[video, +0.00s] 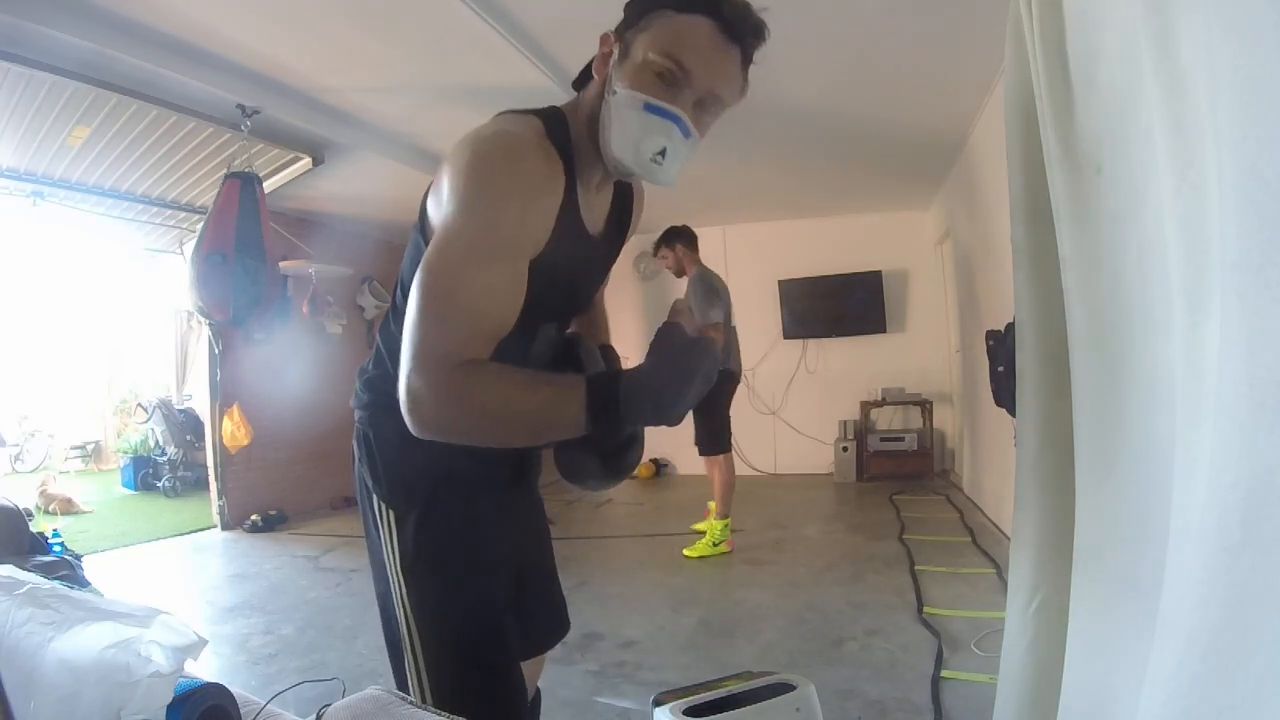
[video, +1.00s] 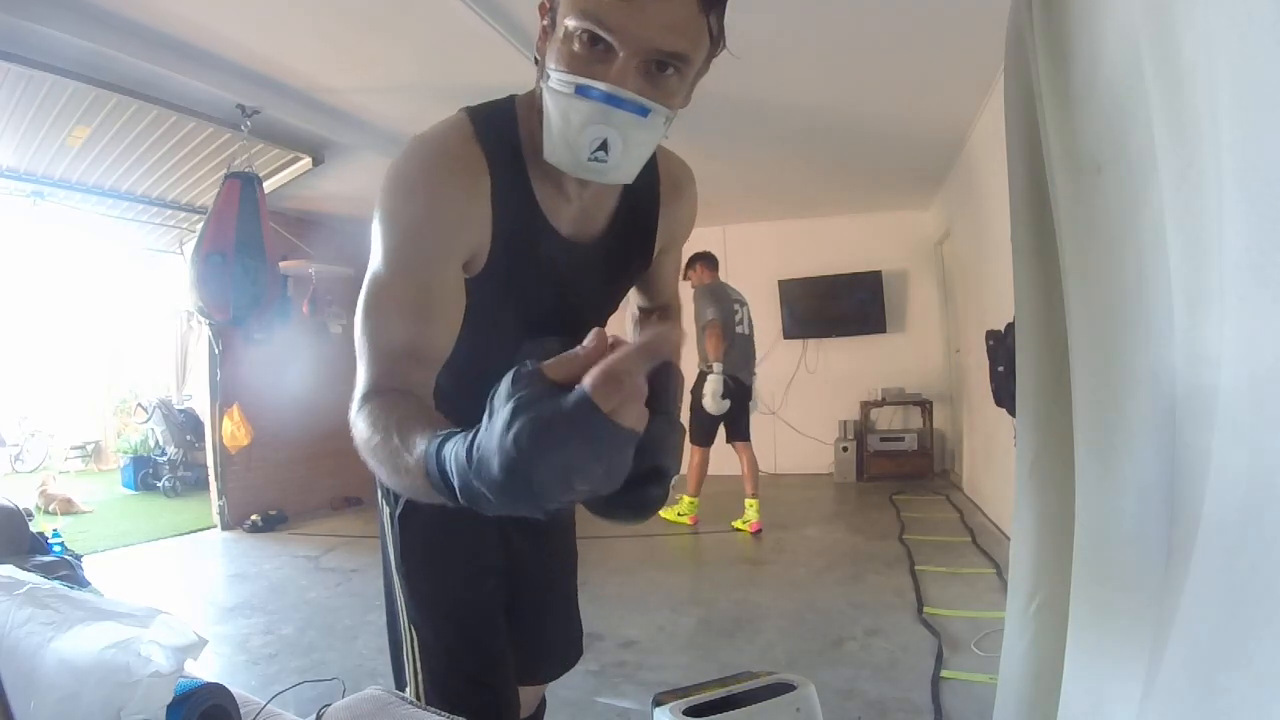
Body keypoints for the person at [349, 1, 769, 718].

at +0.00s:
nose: (679, 116)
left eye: (707, 107)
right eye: (666, 76)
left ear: (719, 120)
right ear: (608, 54)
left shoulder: (622, 195)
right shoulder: (506, 158)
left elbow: (583, 300)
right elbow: (433, 398)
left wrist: (603, 405)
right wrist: (636, 395)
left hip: (504, 434)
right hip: (421, 444)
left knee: (531, 636)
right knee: (480, 695)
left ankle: (521, 708)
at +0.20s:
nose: (666, 91)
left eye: (698, 79)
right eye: (649, 49)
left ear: (712, 95)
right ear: (591, 38)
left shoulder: (627, 185)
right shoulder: (488, 149)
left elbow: (600, 295)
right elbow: (414, 407)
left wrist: (615, 401)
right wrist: (612, 406)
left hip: (510, 443)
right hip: (424, 454)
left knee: (527, 651)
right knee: (467, 700)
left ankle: (519, 706)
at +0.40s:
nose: (637, 105)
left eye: (679, 85)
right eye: (617, 57)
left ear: (709, 95)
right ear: (564, 38)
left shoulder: (648, 196)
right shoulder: (464, 164)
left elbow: (628, 300)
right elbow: (387, 429)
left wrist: (632, 386)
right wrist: (572, 457)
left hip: (525, 457)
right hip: (427, 465)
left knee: (532, 664)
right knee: (468, 702)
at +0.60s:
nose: (622, 102)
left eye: (667, 80)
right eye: (600, 53)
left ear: (707, 84)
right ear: (553, 34)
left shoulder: (656, 194)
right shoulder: (453, 171)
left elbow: (640, 302)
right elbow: (368, 421)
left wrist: (641, 385)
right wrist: (547, 472)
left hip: (535, 456)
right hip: (431, 469)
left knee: (529, 678)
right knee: (472, 703)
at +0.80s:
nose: (626, 97)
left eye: (671, 74)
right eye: (603, 48)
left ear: (706, 77)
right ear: (554, 28)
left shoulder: (662, 193)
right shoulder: (448, 169)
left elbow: (650, 324)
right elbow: (380, 397)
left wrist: (638, 430)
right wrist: (482, 442)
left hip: (542, 455)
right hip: (431, 455)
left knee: (530, 679)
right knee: (476, 704)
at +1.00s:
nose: (616, 91)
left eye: (663, 66)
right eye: (592, 43)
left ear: (702, 72)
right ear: (544, 25)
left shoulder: (667, 190)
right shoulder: (443, 171)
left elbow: (659, 331)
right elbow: (384, 399)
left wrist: (647, 444)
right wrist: (468, 467)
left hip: (556, 463)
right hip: (435, 472)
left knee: (531, 683)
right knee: (480, 703)